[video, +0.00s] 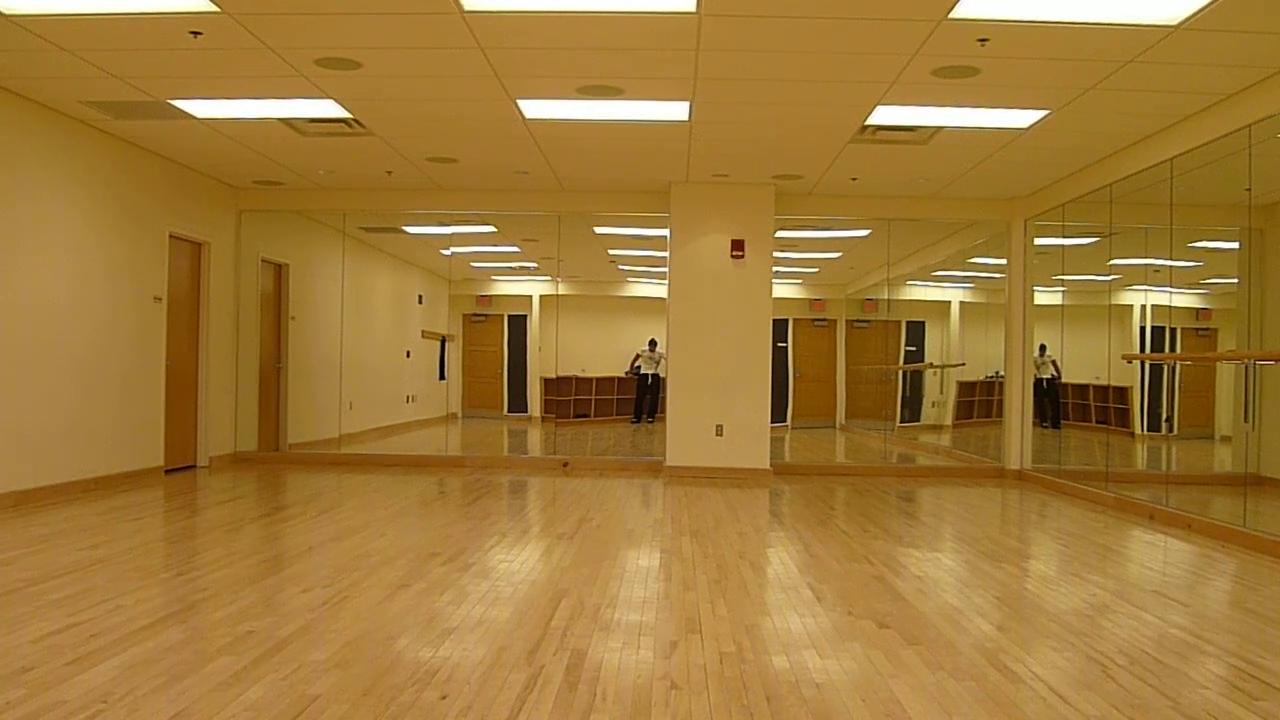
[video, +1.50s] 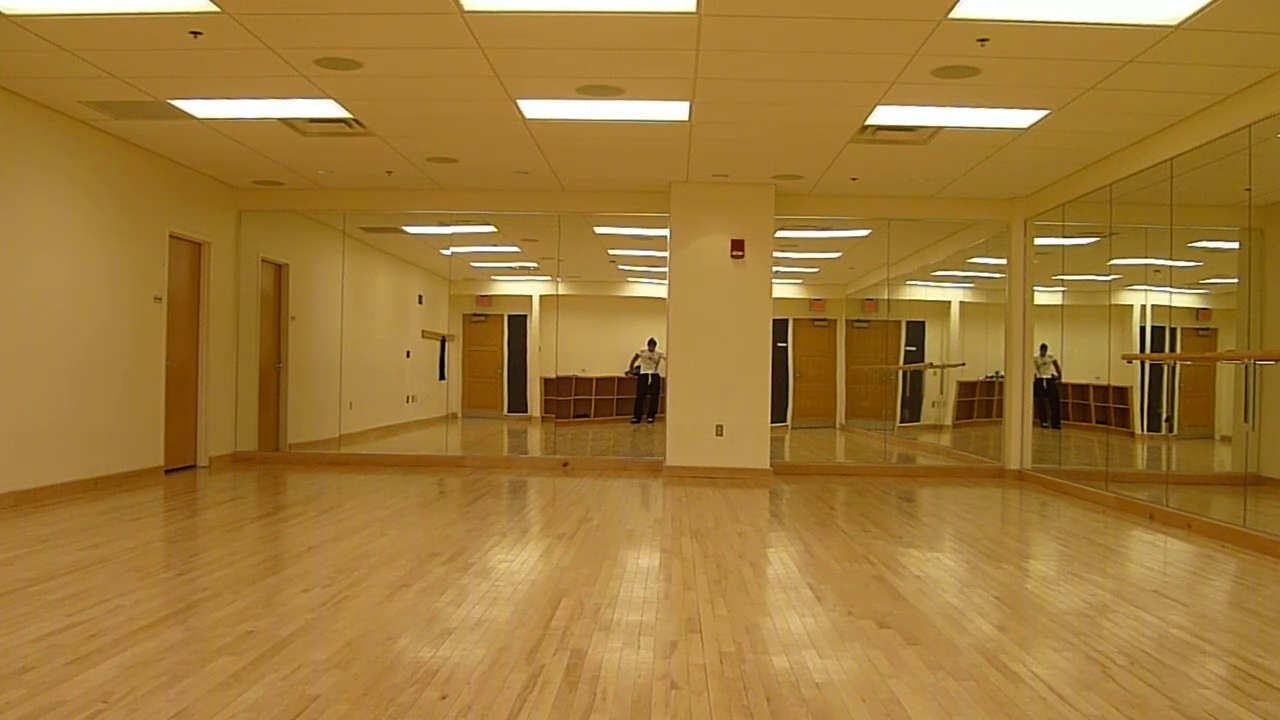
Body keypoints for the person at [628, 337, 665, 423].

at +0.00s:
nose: (652, 349)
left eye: (654, 347)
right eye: (650, 347)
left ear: (656, 347)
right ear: (648, 346)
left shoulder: (660, 354)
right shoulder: (642, 352)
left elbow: (668, 362)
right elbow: (634, 360)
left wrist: (668, 373)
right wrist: (630, 370)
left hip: (654, 374)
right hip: (643, 373)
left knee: (654, 396)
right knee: (640, 395)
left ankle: (651, 416)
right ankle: (637, 416)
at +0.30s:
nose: (652, 349)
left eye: (654, 347)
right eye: (650, 347)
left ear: (656, 347)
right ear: (648, 346)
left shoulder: (660, 354)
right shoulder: (642, 352)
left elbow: (668, 361)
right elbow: (634, 360)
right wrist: (630, 370)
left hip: (654, 374)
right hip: (643, 373)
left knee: (654, 396)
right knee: (640, 395)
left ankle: (651, 416)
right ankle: (637, 416)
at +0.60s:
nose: (652, 349)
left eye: (653, 347)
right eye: (650, 347)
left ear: (656, 347)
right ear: (648, 346)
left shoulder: (660, 354)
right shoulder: (642, 352)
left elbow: (668, 361)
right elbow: (634, 360)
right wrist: (630, 370)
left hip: (654, 373)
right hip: (643, 373)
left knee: (654, 396)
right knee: (640, 395)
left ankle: (651, 416)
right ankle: (637, 416)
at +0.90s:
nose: (652, 349)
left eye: (653, 347)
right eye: (650, 347)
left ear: (656, 347)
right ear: (648, 346)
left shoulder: (660, 354)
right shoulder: (642, 352)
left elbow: (668, 361)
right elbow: (634, 360)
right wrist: (630, 370)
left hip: (654, 373)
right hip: (643, 373)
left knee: (654, 396)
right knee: (640, 395)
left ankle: (651, 416)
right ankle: (637, 416)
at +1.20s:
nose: (652, 349)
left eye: (653, 347)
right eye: (650, 346)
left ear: (656, 346)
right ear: (648, 345)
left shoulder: (660, 354)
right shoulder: (642, 352)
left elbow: (668, 361)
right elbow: (634, 360)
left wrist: (668, 373)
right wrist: (630, 369)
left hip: (654, 374)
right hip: (643, 373)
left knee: (654, 396)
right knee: (640, 395)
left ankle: (651, 416)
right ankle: (637, 416)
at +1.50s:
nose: (651, 349)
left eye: (653, 347)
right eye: (650, 347)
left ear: (655, 346)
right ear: (647, 346)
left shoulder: (659, 354)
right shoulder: (642, 352)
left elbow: (668, 360)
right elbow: (634, 360)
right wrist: (630, 369)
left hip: (654, 374)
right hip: (643, 374)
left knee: (654, 396)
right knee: (640, 395)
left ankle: (651, 416)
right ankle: (637, 416)